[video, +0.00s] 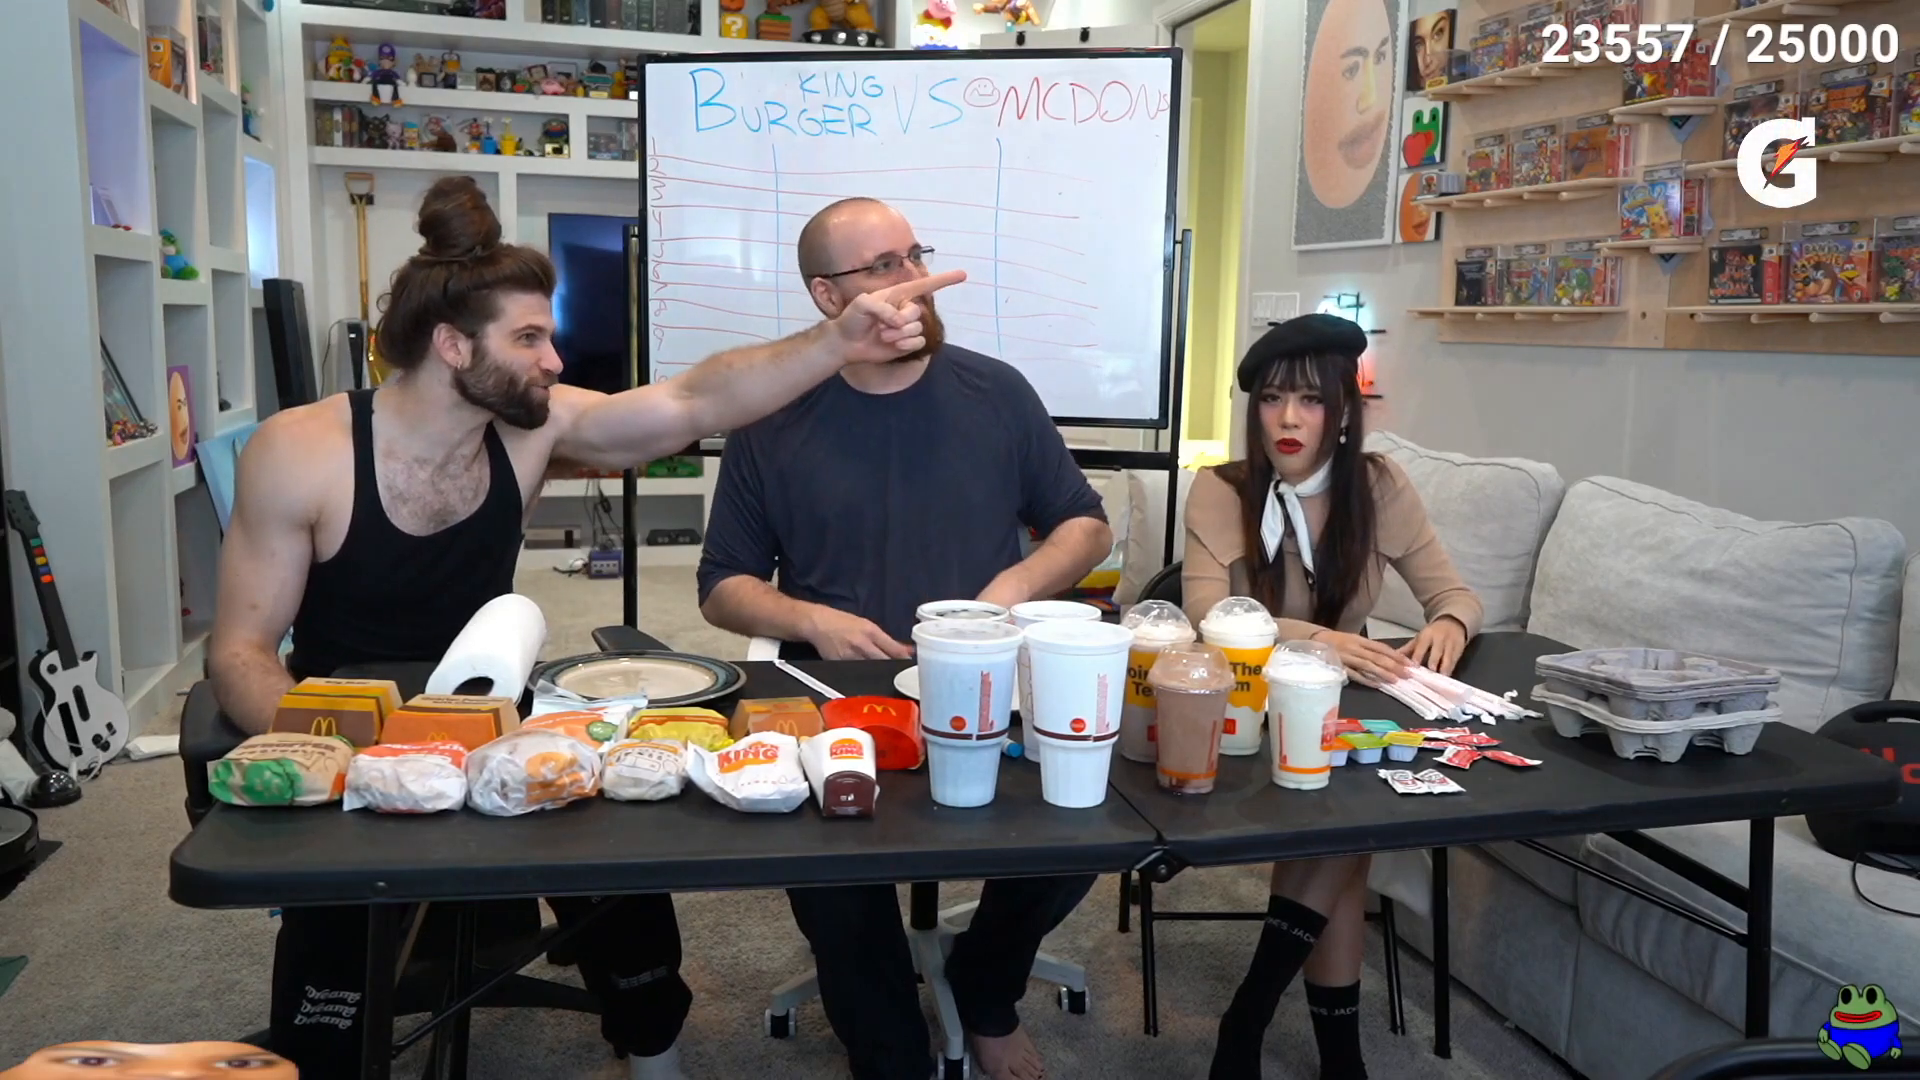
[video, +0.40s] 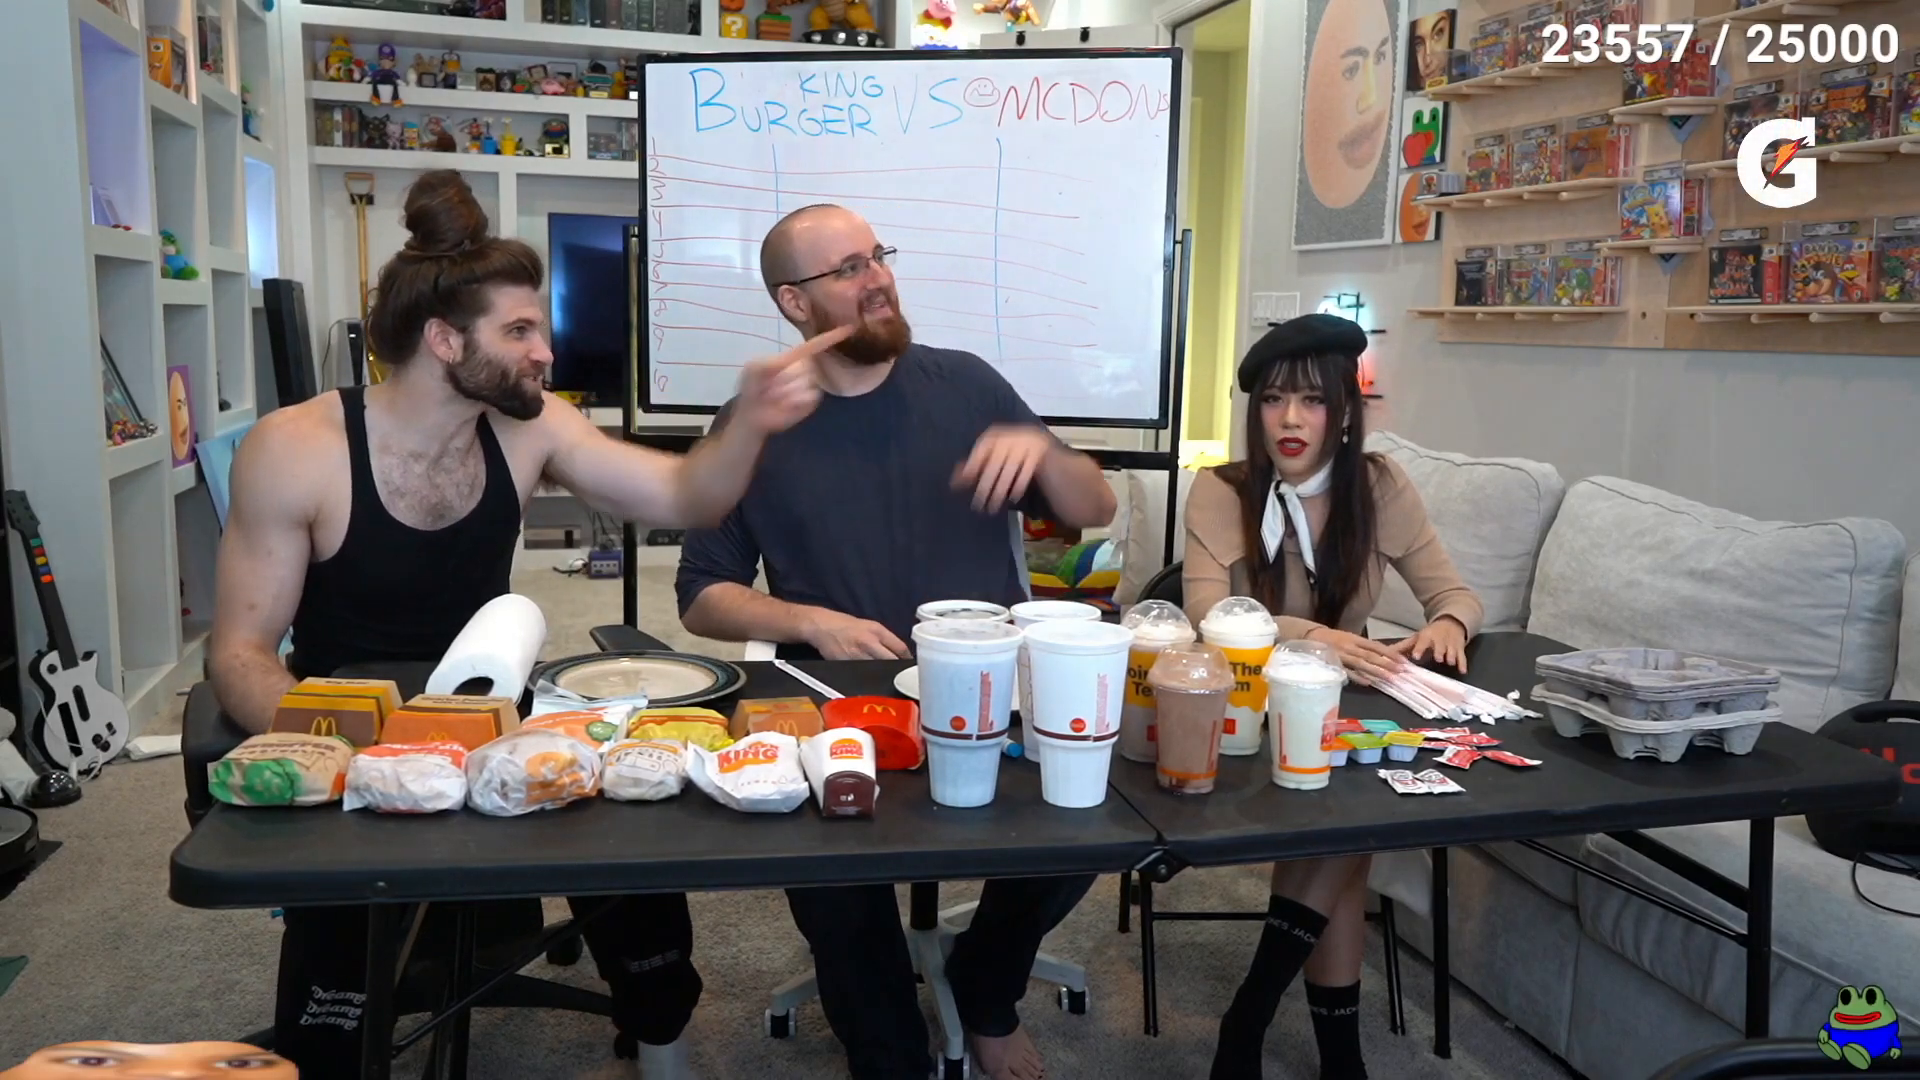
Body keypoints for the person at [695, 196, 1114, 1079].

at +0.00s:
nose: (909, 284)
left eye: (913, 260)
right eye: (877, 270)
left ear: (932, 267)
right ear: (825, 298)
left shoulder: (997, 394)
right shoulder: (771, 427)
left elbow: (1086, 525)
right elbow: (722, 585)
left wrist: (1020, 582)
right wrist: (811, 619)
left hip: (986, 697)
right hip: (835, 704)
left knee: (1074, 832)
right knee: (827, 865)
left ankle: (981, 992)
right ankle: (897, 1061)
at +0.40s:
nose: (880, 279)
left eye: (880, 258)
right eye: (849, 270)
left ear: (892, 265)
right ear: (795, 305)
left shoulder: (964, 383)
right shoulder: (755, 426)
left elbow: (1093, 512)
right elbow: (700, 595)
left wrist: (1044, 451)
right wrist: (809, 622)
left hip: (990, 687)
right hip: (836, 699)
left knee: (1075, 825)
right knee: (822, 858)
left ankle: (982, 991)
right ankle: (895, 1061)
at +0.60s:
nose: (862, 284)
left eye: (863, 262)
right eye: (831, 274)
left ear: (874, 267)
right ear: (777, 307)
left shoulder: (954, 378)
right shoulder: (733, 434)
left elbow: (1082, 419)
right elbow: (692, 605)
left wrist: (1122, 291)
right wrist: (802, 620)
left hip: (982, 695)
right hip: (831, 710)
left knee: (1076, 821)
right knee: (821, 863)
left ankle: (985, 988)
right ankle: (896, 1059)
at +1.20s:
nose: (840, 292)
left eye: (846, 270)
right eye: (809, 283)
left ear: (862, 277)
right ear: (763, 311)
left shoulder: (945, 378)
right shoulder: (726, 440)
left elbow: (1098, 456)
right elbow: (693, 604)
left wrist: (1039, 410)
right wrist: (797, 622)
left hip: (976, 685)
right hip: (826, 703)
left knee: (1069, 821)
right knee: (816, 863)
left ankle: (987, 992)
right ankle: (893, 1059)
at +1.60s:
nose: (830, 330)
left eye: (851, 305)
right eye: (805, 312)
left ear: (888, 305)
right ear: (782, 325)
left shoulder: (980, 387)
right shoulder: (754, 408)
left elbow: (1086, 447)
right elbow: (721, 475)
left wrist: (1078, 584)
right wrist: (765, 582)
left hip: (981, 675)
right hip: (830, 675)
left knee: (1013, 832)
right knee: (787, 837)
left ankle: (954, 1045)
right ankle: (861, 1056)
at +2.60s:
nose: (703, 262)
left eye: (716, 238)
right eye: (690, 240)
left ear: (795, 189)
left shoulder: (970, 240)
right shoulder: (711, 250)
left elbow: (1090, 373)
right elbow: (740, 390)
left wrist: (1097, 544)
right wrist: (779, 516)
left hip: (934, 571)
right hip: (796, 560)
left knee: (873, 811)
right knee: (763, 798)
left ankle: (898, 1030)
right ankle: (837, 1016)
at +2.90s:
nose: (682, 104)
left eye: (680, 76)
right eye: (672, 82)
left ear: (746, 46)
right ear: (744, 50)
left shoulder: (950, 155)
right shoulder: (763, 150)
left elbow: (1052, 350)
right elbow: (780, 323)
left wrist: (1018, 538)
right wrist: (782, 461)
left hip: (903, 541)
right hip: (776, 514)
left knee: (854, 797)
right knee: (731, 760)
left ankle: (900, 1023)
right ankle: (814, 982)